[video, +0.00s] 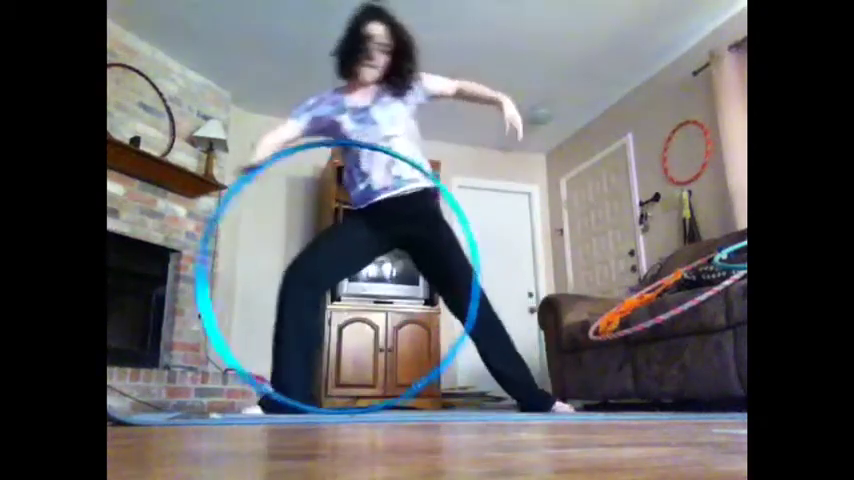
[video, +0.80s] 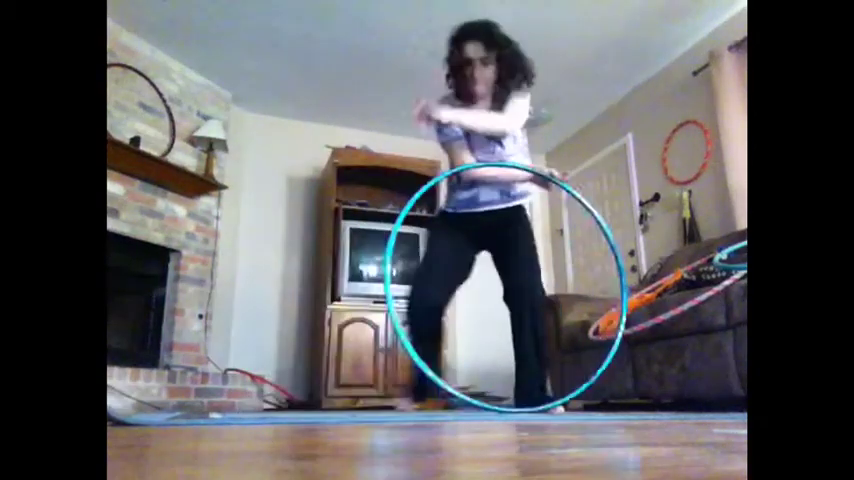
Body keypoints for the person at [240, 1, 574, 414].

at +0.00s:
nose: (375, 58)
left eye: (384, 51)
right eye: (367, 49)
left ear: (395, 56)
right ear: (351, 50)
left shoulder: (409, 88)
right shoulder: (329, 104)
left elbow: (458, 89)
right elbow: (280, 136)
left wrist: (504, 101)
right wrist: (260, 156)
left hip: (418, 209)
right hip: (368, 218)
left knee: (470, 303)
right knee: (302, 279)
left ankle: (537, 402)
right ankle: (289, 400)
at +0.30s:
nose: (362, 55)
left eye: (371, 46)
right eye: (351, 45)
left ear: (382, 53)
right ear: (331, 53)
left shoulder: (399, 96)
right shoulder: (317, 116)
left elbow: (466, 104)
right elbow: (282, 175)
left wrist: (475, 58)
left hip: (409, 221)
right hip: (352, 227)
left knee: (480, 292)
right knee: (297, 283)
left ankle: (532, 397)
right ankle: (280, 399)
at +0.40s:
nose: (393, 61)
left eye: (402, 51)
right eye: (383, 52)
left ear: (418, 55)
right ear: (369, 59)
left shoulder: (438, 97)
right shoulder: (360, 117)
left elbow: (508, 96)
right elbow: (325, 166)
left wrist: (483, 55)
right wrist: (359, 157)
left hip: (429, 225)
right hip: (375, 228)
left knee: (492, 292)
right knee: (322, 287)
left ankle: (523, 397)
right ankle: (281, 396)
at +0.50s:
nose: (421, 63)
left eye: (429, 54)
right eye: (413, 55)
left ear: (447, 55)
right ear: (401, 59)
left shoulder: (468, 93)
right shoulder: (398, 105)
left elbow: (524, 93)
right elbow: (378, 158)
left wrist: (482, 59)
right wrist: (415, 158)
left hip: (453, 217)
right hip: (403, 219)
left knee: (507, 294)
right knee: (342, 301)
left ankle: (525, 399)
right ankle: (275, 403)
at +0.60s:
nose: (444, 62)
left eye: (452, 52)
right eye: (438, 55)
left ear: (476, 54)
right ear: (433, 60)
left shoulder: (498, 88)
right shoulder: (433, 102)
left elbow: (522, 101)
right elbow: (427, 169)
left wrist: (469, 73)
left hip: (486, 215)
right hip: (437, 216)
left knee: (525, 296)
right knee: (385, 293)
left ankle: (525, 398)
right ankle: (314, 391)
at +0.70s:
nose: (471, 68)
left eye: (479, 57)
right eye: (461, 60)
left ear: (496, 53)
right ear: (449, 62)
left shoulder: (512, 88)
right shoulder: (444, 102)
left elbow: (512, 113)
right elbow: (454, 169)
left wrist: (454, 90)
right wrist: (511, 171)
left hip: (499, 214)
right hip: (450, 216)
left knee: (528, 295)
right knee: (411, 290)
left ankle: (527, 396)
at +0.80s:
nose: (475, 73)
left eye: (485, 62)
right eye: (466, 64)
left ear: (501, 64)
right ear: (455, 68)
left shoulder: (517, 95)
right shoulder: (446, 108)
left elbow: (508, 124)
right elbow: (467, 171)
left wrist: (445, 113)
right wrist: (532, 177)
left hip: (508, 215)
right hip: (458, 219)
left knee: (527, 298)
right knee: (424, 298)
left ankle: (533, 400)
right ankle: (424, 390)